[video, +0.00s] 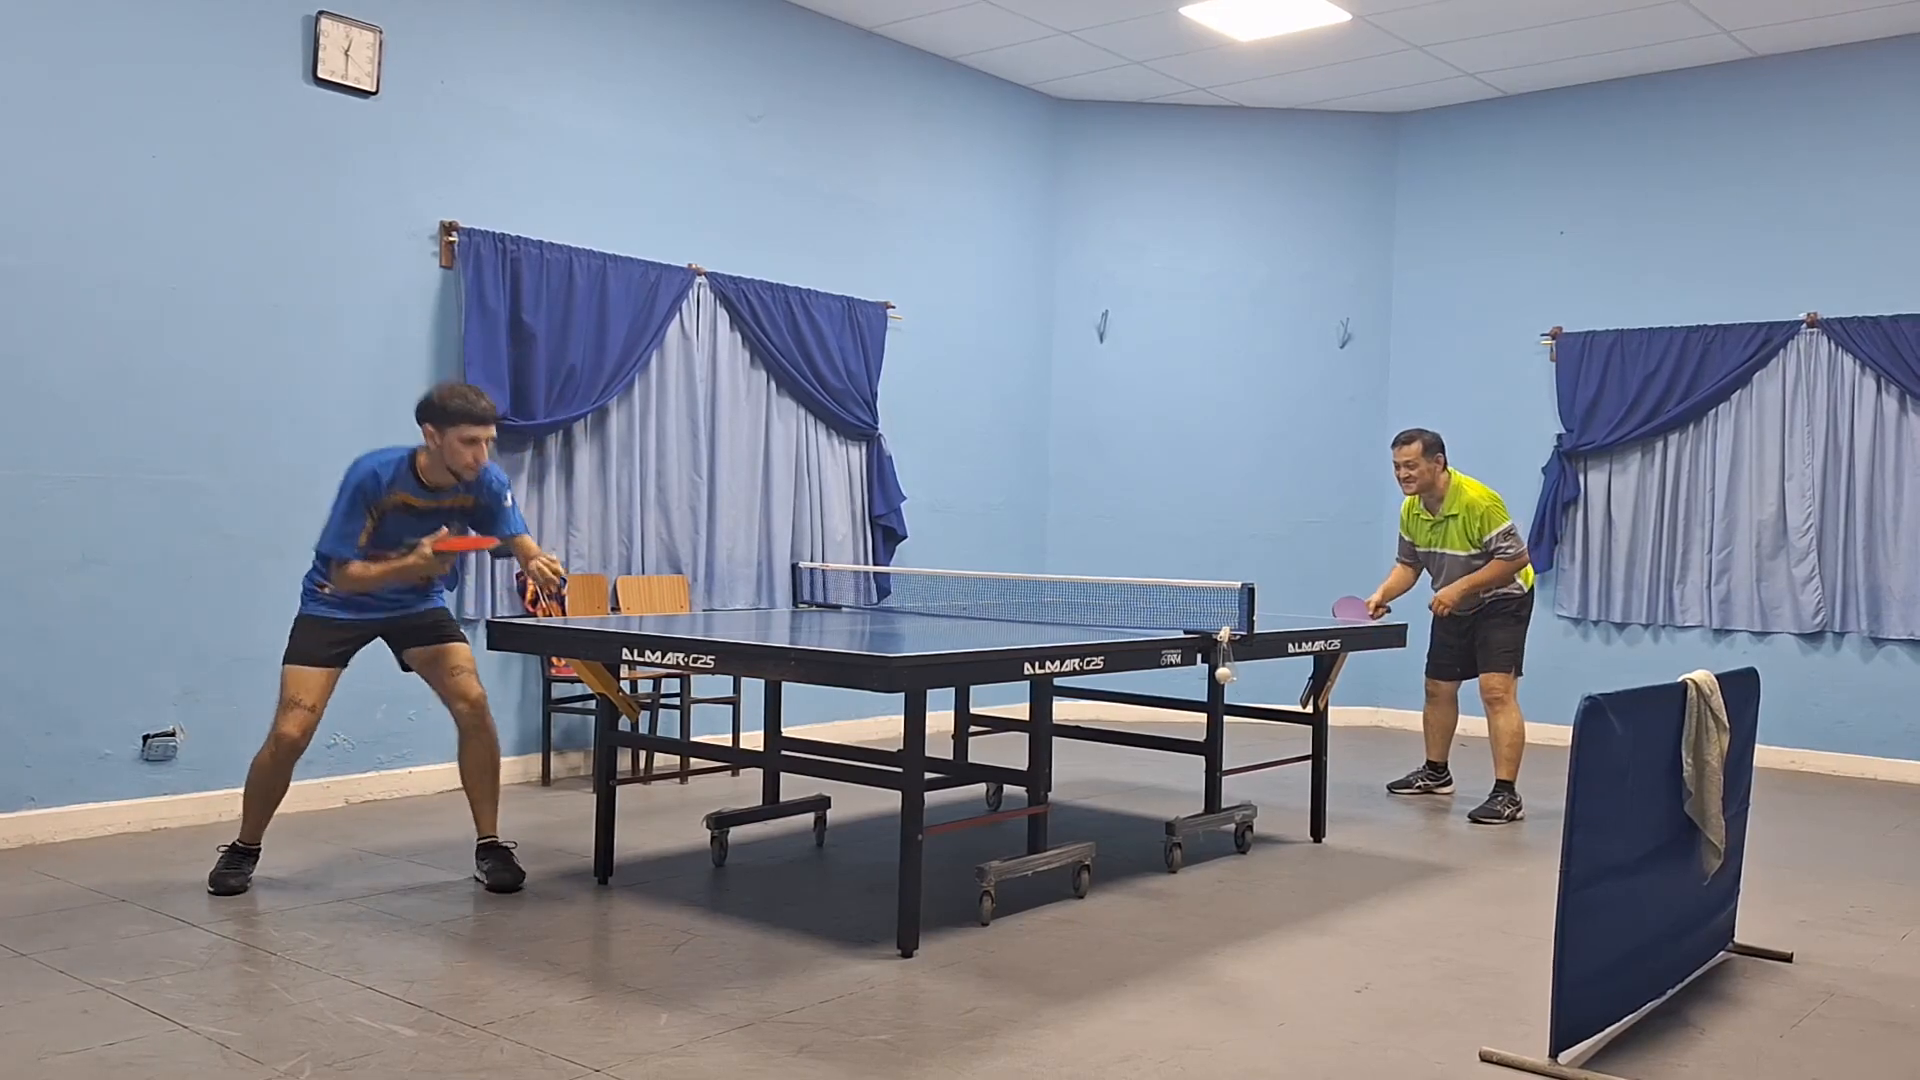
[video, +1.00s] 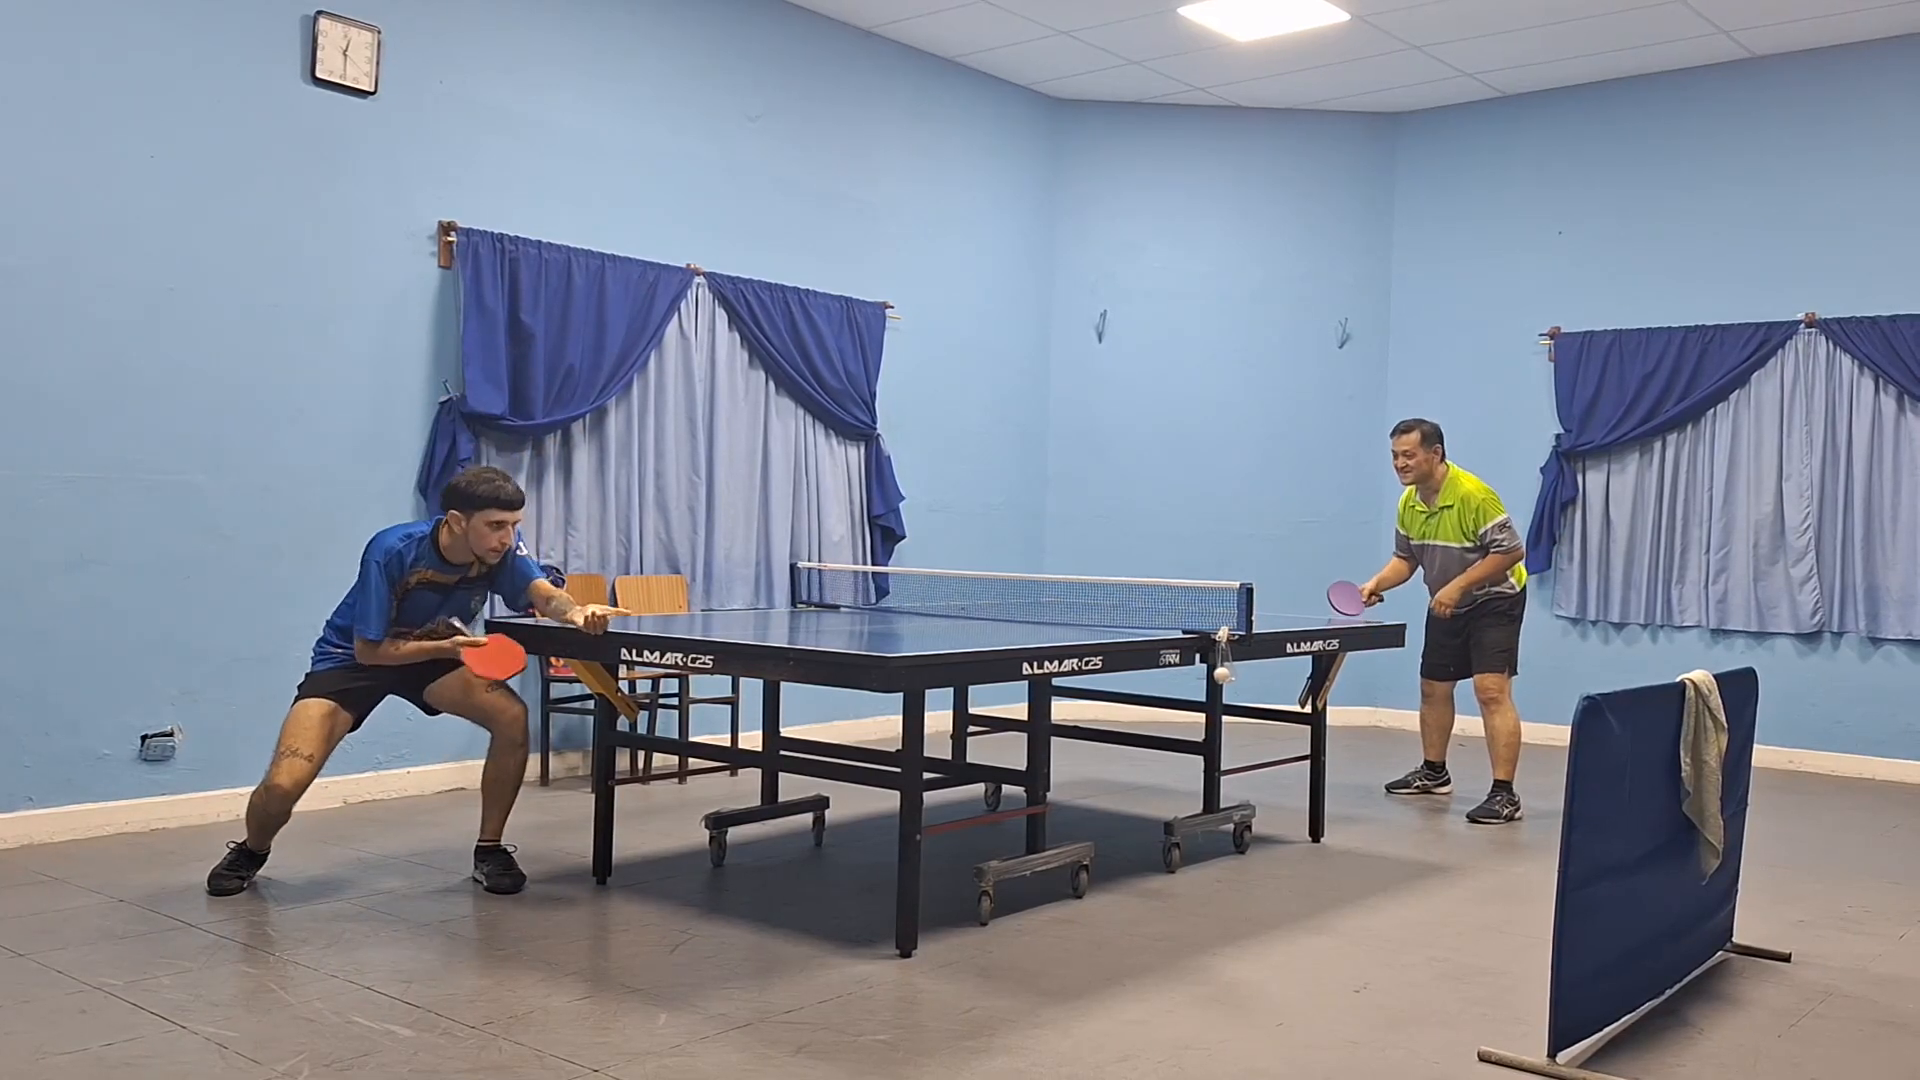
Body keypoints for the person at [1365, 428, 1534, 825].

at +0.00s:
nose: (1402, 473)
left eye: (1411, 465)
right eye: (1398, 466)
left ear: (1438, 464)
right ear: (1395, 468)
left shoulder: (1478, 502)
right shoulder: (1411, 509)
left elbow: (1515, 557)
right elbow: (1408, 564)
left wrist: (1461, 589)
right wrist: (1382, 594)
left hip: (1501, 601)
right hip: (1451, 605)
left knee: (1496, 690)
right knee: (1438, 686)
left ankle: (1506, 793)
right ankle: (1435, 770)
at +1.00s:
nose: (1400, 463)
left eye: (1408, 455)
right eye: (1395, 456)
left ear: (1435, 455)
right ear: (1394, 458)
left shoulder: (1472, 495)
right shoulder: (1408, 503)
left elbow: (1510, 549)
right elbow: (1406, 558)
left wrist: (1459, 586)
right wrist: (1378, 582)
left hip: (1494, 600)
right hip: (1445, 604)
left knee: (1491, 690)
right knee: (1433, 686)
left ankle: (1503, 793)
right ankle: (1434, 771)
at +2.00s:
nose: (1403, 438)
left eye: (1412, 430)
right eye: (1399, 431)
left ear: (1439, 431)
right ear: (1397, 435)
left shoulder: (1471, 478)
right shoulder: (1407, 488)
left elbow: (1508, 535)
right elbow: (1400, 549)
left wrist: (1458, 578)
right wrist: (1374, 573)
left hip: (1476, 608)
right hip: (1425, 607)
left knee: (1478, 698)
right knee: (1404, 688)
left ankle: (1501, 793)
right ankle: (1380, 777)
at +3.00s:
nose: (1395, 460)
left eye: (1407, 452)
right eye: (1390, 451)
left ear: (1431, 455)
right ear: (1383, 452)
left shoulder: (1461, 496)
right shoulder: (1367, 502)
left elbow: (1486, 546)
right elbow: (1312, 531)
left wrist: (1494, 600)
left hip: (1450, 615)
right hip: (1385, 614)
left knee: (1482, 701)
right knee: (1376, 694)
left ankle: (1484, 780)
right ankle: (1355, 793)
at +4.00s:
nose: (1373, 456)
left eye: (1379, 448)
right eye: (1370, 451)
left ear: (1405, 445)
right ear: (1388, 453)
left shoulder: (1432, 480)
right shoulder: (1406, 495)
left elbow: (1456, 535)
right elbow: (1438, 547)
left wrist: (1420, 584)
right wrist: (1431, 592)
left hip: (1478, 591)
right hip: (1439, 601)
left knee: (1497, 684)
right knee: (1416, 681)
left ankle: (1531, 784)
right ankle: (1431, 772)